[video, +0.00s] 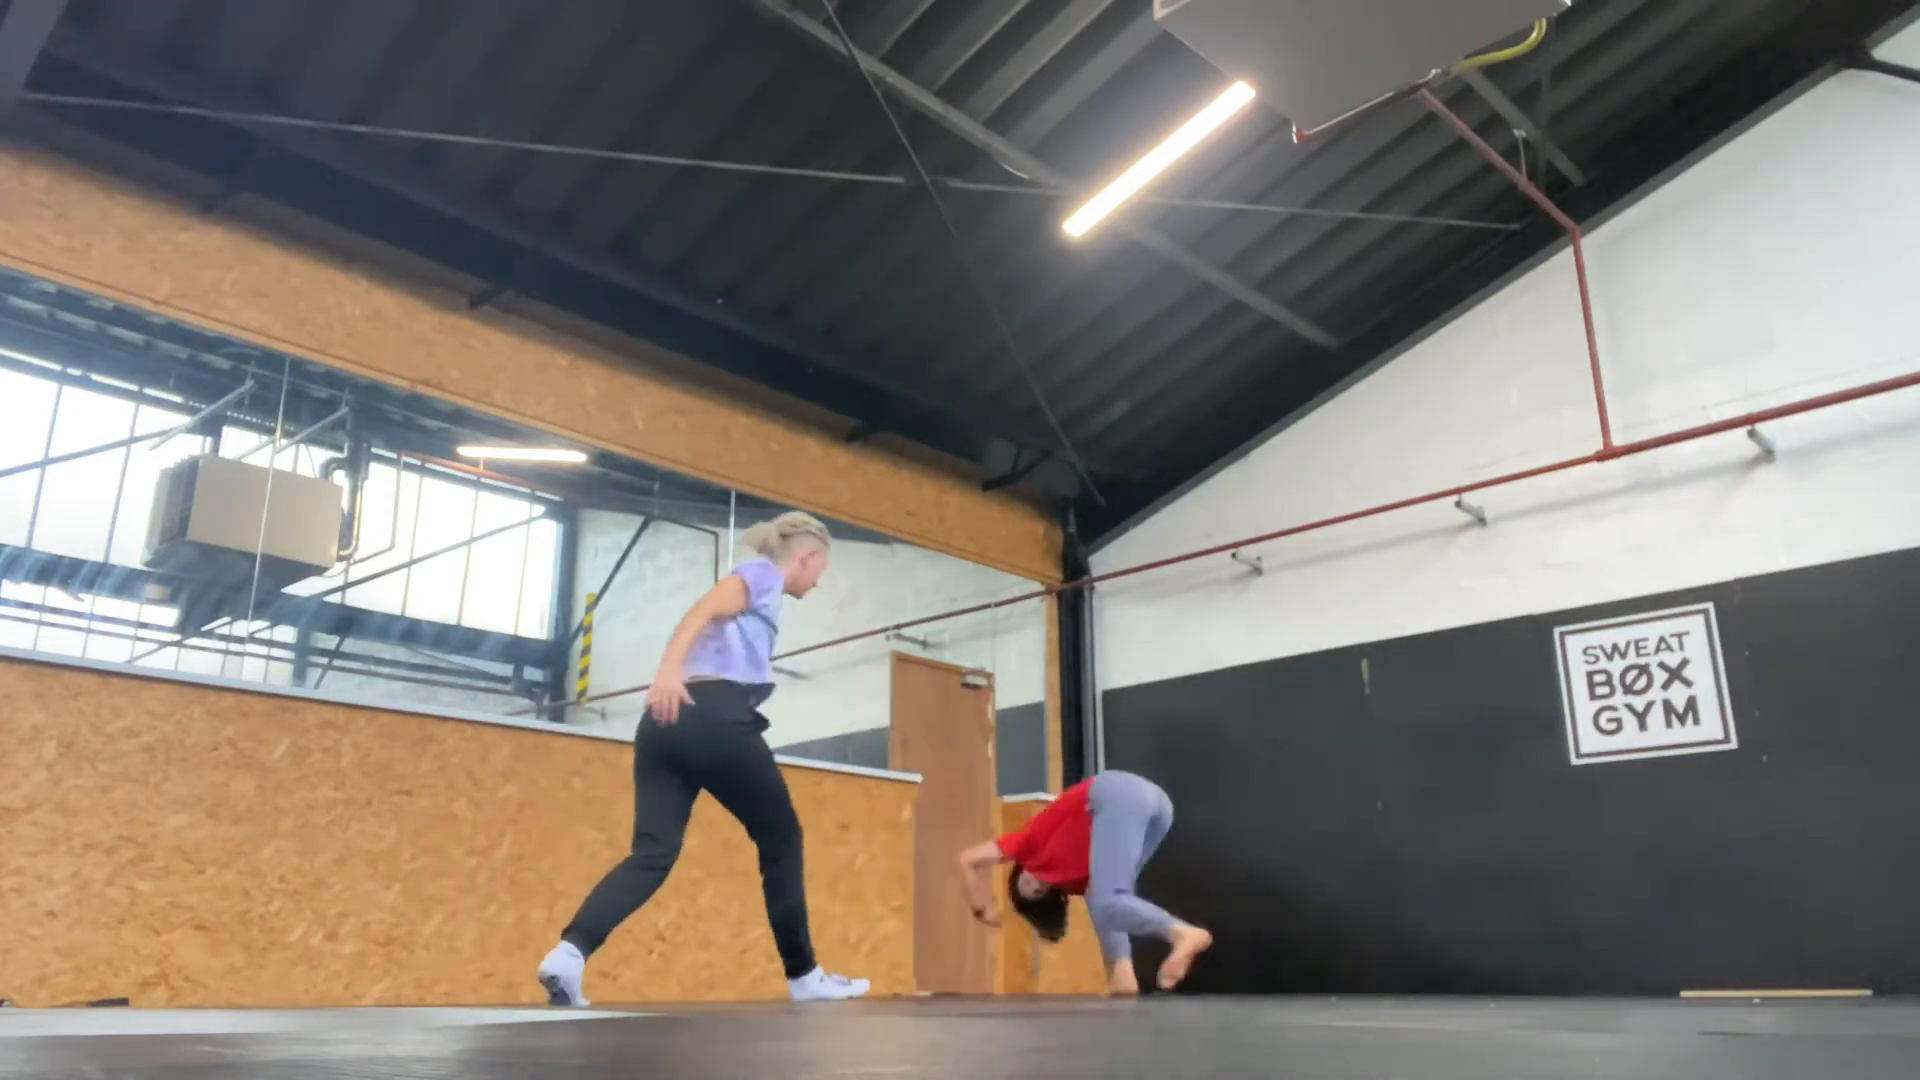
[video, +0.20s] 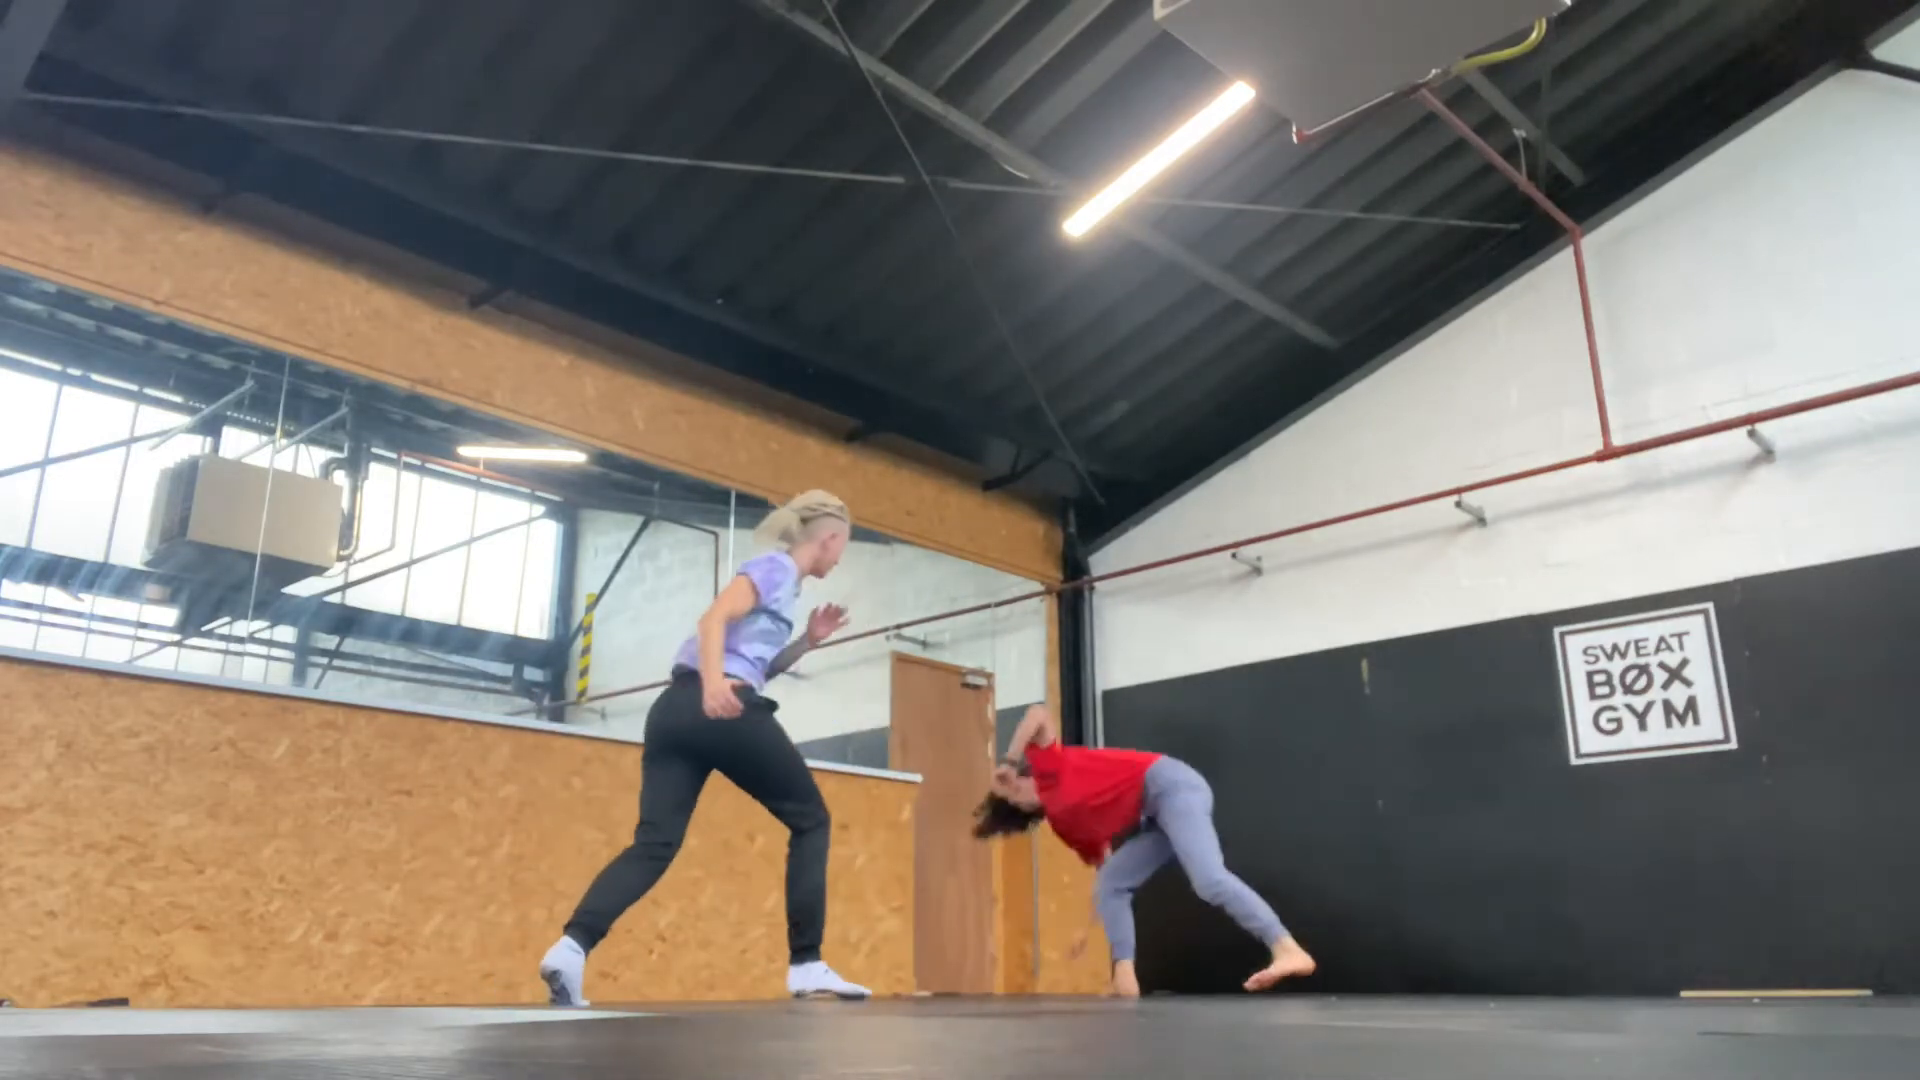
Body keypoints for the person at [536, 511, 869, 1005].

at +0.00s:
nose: (818, 580)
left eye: (822, 571)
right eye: (819, 568)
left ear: (787, 553)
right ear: (801, 556)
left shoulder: (755, 593)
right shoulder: (765, 574)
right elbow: (705, 608)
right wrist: (669, 670)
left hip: (664, 717)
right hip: (715, 716)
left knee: (653, 853)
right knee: (780, 837)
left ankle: (569, 955)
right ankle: (805, 977)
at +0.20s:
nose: (841, 554)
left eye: (844, 542)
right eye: (840, 540)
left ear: (807, 535)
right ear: (820, 536)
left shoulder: (779, 586)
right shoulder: (778, 569)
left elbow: (760, 667)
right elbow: (715, 616)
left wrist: (806, 640)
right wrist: (714, 678)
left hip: (676, 704)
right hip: (726, 702)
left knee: (654, 845)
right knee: (810, 821)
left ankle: (570, 949)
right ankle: (807, 965)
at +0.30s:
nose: (876, 555)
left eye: (878, 544)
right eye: (875, 543)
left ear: (838, 540)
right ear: (853, 540)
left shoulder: (811, 588)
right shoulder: (806, 573)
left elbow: (791, 669)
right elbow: (746, 625)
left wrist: (827, 631)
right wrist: (766, 674)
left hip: (698, 703)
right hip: (744, 699)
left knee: (669, 844)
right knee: (817, 825)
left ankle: (569, 936)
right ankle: (814, 971)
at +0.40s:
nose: (906, 573)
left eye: (907, 562)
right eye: (904, 561)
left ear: (872, 559)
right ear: (884, 561)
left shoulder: (849, 613)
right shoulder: (838, 595)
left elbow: (811, 684)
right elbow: (778, 649)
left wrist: (856, 665)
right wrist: (824, 693)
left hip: (720, 716)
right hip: (753, 713)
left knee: (702, 864)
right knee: (826, 833)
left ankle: (578, 919)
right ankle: (813, 977)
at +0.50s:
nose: (925, 603)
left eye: (926, 592)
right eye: (923, 591)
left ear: (889, 587)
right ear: (904, 589)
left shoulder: (844, 623)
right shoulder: (861, 618)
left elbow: (812, 711)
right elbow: (816, 673)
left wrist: (859, 734)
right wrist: (875, 723)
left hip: (720, 725)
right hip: (756, 724)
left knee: (738, 867)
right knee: (829, 833)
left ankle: (611, 917)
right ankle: (813, 977)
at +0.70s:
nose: (919, 632)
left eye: (920, 621)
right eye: (918, 620)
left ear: (881, 612)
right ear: (901, 617)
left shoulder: (832, 640)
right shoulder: (869, 638)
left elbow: (809, 733)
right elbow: (842, 689)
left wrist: (865, 734)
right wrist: (880, 758)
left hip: (716, 738)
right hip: (760, 735)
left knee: (744, 854)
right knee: (836, 842)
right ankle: (812, 977)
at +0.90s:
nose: (879, 629)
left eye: (880, 621)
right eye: (877, 620)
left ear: (842, 615)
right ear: (860, 615)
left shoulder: (821, 648)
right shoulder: (839, 640)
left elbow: (856, 709)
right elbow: (789, 685)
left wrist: (905, 690)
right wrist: (800, 753)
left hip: (708, 747)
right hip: (747, 739)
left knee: (758, 860)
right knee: (800, 854)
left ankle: (739, 981)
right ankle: (808, 975)